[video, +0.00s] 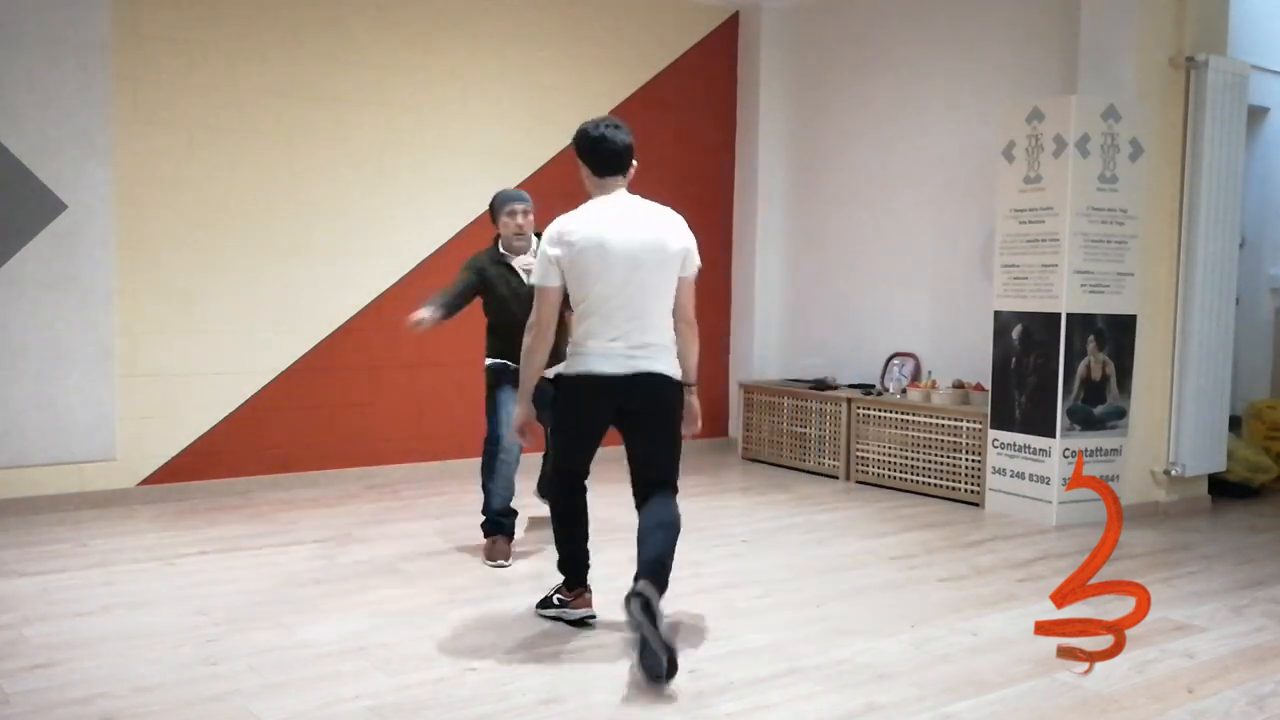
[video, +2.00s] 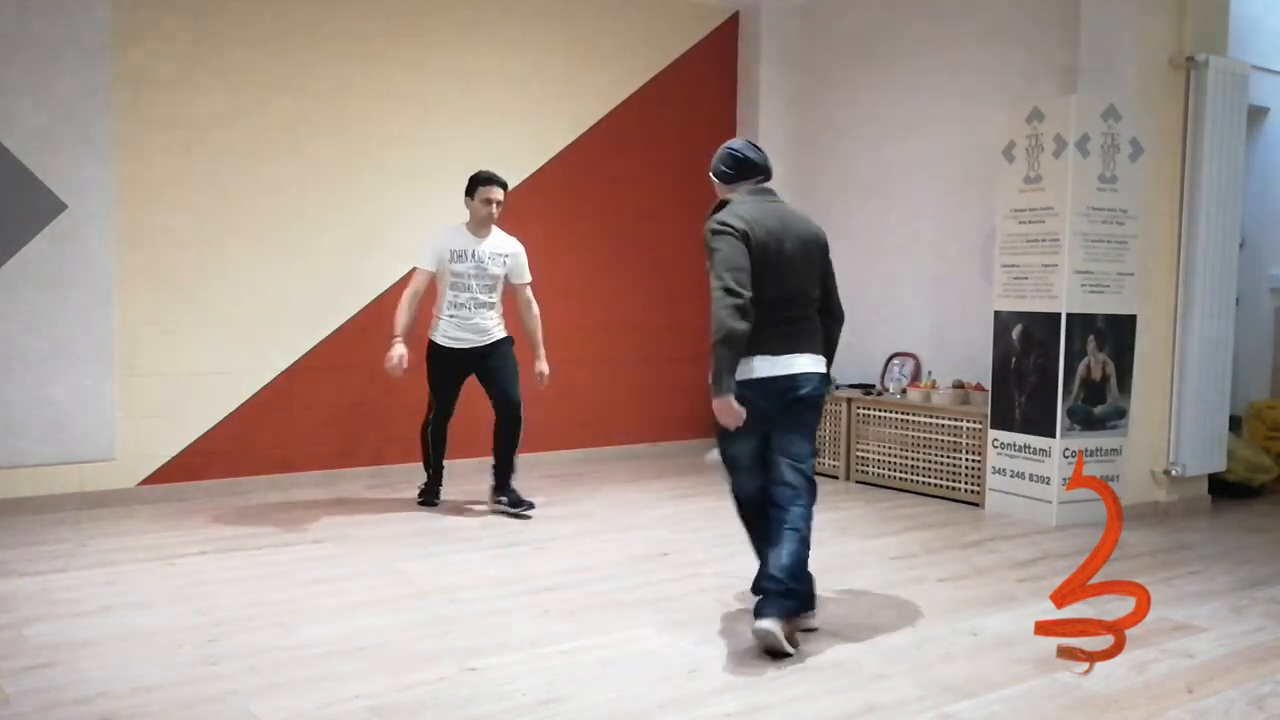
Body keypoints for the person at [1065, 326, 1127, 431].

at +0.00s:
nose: (1087, 346)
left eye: (1091, 342)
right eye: (1088, 342)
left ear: (1098, 344)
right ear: (1088, 345)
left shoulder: (1108, 364)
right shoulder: (1084, 364)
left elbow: (1113, 389)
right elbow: (1076, 390)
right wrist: (1070, 408)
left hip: (1103, 406)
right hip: (1085, 405)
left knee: (1121, 411)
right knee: (1071, 410)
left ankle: (1086, 425)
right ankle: (1101, 425)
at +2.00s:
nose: (1087, 346)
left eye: (1090, 342)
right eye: (1087, 342)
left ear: (1098, 344)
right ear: (1087, 345)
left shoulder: (1108, 364)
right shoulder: (1084, 365)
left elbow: (1114, 391)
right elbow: (1076, 391)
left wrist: (1107, 406)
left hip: (1103, 406)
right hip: (1086, 406)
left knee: (1121, 411)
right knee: (1071, 411)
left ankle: (1086, 425)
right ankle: (1100, 425)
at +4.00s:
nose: (1088, 345)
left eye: (1091, 342)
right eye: (1088, 342)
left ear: (1098, 344)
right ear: (1087, 344)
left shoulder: (1108, 365)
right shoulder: (1084, 364)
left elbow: (1114, 392)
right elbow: (1076, 390)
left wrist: (1106, 407)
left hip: (1103, 406)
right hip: (1086, 406)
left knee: (1122, 411)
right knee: (1071, 410)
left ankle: (1086, 425)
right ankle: (1099, 425)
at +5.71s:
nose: (1088, 345)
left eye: (1091, 341)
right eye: (1088, 342)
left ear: (1098, 344)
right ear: (1087, 345)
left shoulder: (1108, 364)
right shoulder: (1084, 364)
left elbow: (1113, 388)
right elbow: (1077, 386)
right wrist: (1071, 402)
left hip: (1102, 405)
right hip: (1085, 405)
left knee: (1121, 411)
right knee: (1071, 409)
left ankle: (1087, 423)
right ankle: (1098, 423)